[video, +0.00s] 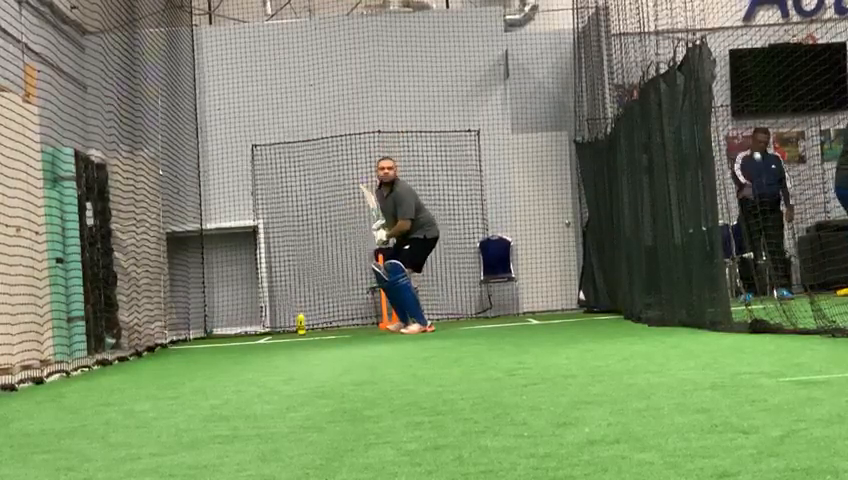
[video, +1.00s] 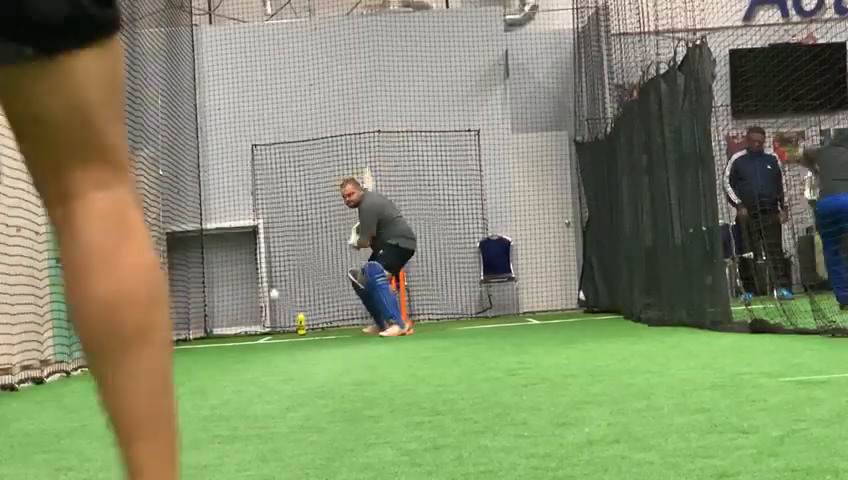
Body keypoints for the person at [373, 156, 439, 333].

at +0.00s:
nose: (386, 172)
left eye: (389, 169)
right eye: (382, 169)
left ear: (395, 171)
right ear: (377, 172)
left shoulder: (402, 191)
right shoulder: (380, 191)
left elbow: (405, 224)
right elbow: (390, 217)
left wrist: (387, 234)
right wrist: (383, 225)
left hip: (424, 233)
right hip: (407, 234)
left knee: (401, 270)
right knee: (388, 268)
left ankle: (420, 322)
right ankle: (403, 319)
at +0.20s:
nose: (382, 170)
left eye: (386, 166)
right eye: (379, 167)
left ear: (393, 168)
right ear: (374, 171)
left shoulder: (400, 188)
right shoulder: (377, 189)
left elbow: (404, 221)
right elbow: (387, 216)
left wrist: (386, 232)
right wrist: (383, 227)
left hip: (421, 232)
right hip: (402, 233)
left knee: (403, 272)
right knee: (389, 271)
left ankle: (419, 321)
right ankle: (403, 319)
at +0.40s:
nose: (378, 172)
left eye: (381, 169)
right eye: (374, 170)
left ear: (388, 170)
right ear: (370, 173)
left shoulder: (394, 189)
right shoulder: (374, 191)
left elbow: (400, 222)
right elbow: (385, 217)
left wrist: (384, 234)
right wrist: (380, 228)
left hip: (417, 231)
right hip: (400, 233)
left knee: (395, 271)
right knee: (384, 271)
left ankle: (416, 320)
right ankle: (402, 319)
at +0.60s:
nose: (367, 181)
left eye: (370, 176)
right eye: (363, 178)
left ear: (378, 176)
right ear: (359, 180)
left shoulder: (383, 194)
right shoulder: (372, 195)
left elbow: (382, 228)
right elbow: (379, 215)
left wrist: (373, 232)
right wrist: (372, 219)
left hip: (414, 231)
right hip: (401, 233)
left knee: (392, 262)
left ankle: (398, 319)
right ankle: (405, 317)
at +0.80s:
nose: (359, 192)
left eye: (362, 187)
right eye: (355, 189)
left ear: (371, 184)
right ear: (352, 190)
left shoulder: (378, 201)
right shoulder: (374, 198)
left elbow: (377, 236)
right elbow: (379, 222)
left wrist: (370, 243)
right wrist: (371, 231)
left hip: (405, 242)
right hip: (396, 241)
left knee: (376, 273)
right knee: (370, 275)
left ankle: (398, 324)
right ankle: (398, 321)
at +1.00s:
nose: (347, 200)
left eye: (350, 195)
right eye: (344, 197)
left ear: (360, 190)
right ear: (342, 197)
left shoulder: (367, 205)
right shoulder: (369, 199)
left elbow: (365, 241)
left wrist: (357, 243)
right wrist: (364, 227)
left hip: (399, 243)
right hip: (391, 243)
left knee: (373, 272)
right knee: (360, 279)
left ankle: (398, 324)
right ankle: (382, 324)